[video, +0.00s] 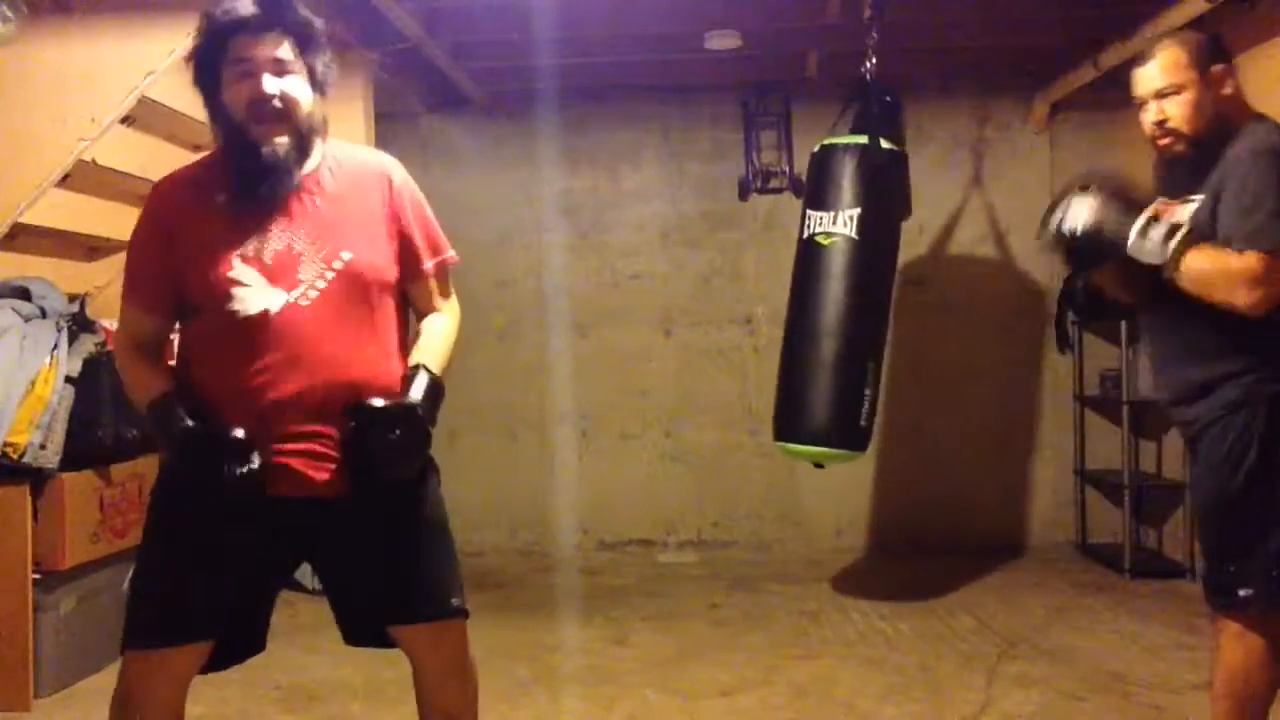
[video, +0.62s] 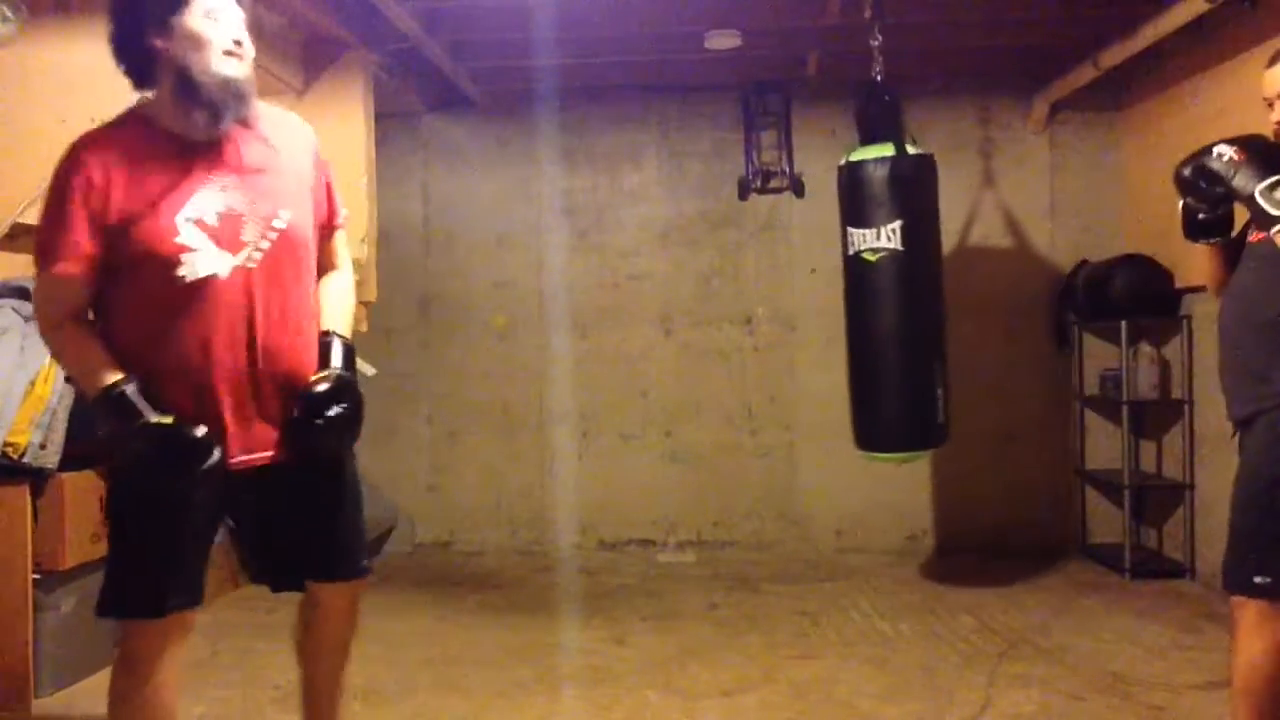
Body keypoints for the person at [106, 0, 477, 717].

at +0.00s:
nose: (267, 87)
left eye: (283, 68)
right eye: (243, 72)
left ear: (317, 82)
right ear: (214, 93)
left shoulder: (380, 179)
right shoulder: (179, 200)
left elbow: (439, 305)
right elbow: (136, 346)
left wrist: (416, 403)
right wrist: (182, 433)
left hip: (373, 470)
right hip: (224, 475)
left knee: (442, 643)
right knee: (154, 667)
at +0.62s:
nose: (242, 36)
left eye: (241, 20)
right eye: (212, 15)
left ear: (251, 41)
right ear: (156, 40)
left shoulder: (295, 142)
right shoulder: (100, 162)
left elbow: (333, 262)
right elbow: (58, 313)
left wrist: (335, 361)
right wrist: (129, 414)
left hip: (296, 437)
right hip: (169, 446)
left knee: (338, 585)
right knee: (153, 633)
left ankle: (323, 715)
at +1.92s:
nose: (609, 79)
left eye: (608, 63)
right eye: (599, 62)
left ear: (548, 68)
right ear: (556, 62)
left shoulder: (526, 131)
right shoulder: (527, 127)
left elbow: (645, 226)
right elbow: (652, 206)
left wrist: (719, 170)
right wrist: (728, 132)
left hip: (506, 407)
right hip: (537, 410)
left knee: (495, 571)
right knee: (584, 592)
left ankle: (405, 705)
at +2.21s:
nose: (666, 95)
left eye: (667, 77)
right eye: (660, 75)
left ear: (601, 70)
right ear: (617, 68)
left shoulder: (560, 128)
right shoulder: (592, 132)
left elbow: (727, 176)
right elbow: (750, 169)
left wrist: (819, 135)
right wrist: (833, 96)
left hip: (480, 392)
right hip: (533, 396)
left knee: (473, 564)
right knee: (577, 586)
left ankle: (399, 708)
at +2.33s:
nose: (685, 99)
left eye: (687, 82)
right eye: (680, 79)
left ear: (617, 73)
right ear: (636, 71)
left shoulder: (574, 129)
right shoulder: (608, 135)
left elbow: (736, 176)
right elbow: (766, 174)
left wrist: (838, 140)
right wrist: (862, 112)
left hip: (483, 391)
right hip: (536, 397)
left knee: (468, 562)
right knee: (577, 586)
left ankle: (400, 707)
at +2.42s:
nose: (691, 99)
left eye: (694, 84)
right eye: (688, 81)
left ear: (625, 68)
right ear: (647, 72)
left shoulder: (583, 126)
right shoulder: (616, 131)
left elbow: (750, 190)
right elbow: (757, 192)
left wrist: (856, 164)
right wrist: (869, 156)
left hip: (486, 387)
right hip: (536, 392)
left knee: (466, 564)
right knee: (574, 591)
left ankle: (399, 708)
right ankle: (567, 716)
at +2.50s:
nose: (697, 99)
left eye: (701, 81)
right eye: (693, 78)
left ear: (634, 66)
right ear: (650, 64)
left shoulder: (591, 122)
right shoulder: (621, 129)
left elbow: (725, 237)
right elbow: (737, 231)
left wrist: (830, 186)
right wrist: (841, 171)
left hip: (491, 383)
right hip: (545, 390)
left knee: (468, 562)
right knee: (575, 588)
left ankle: (400, 710)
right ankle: (570, 719)